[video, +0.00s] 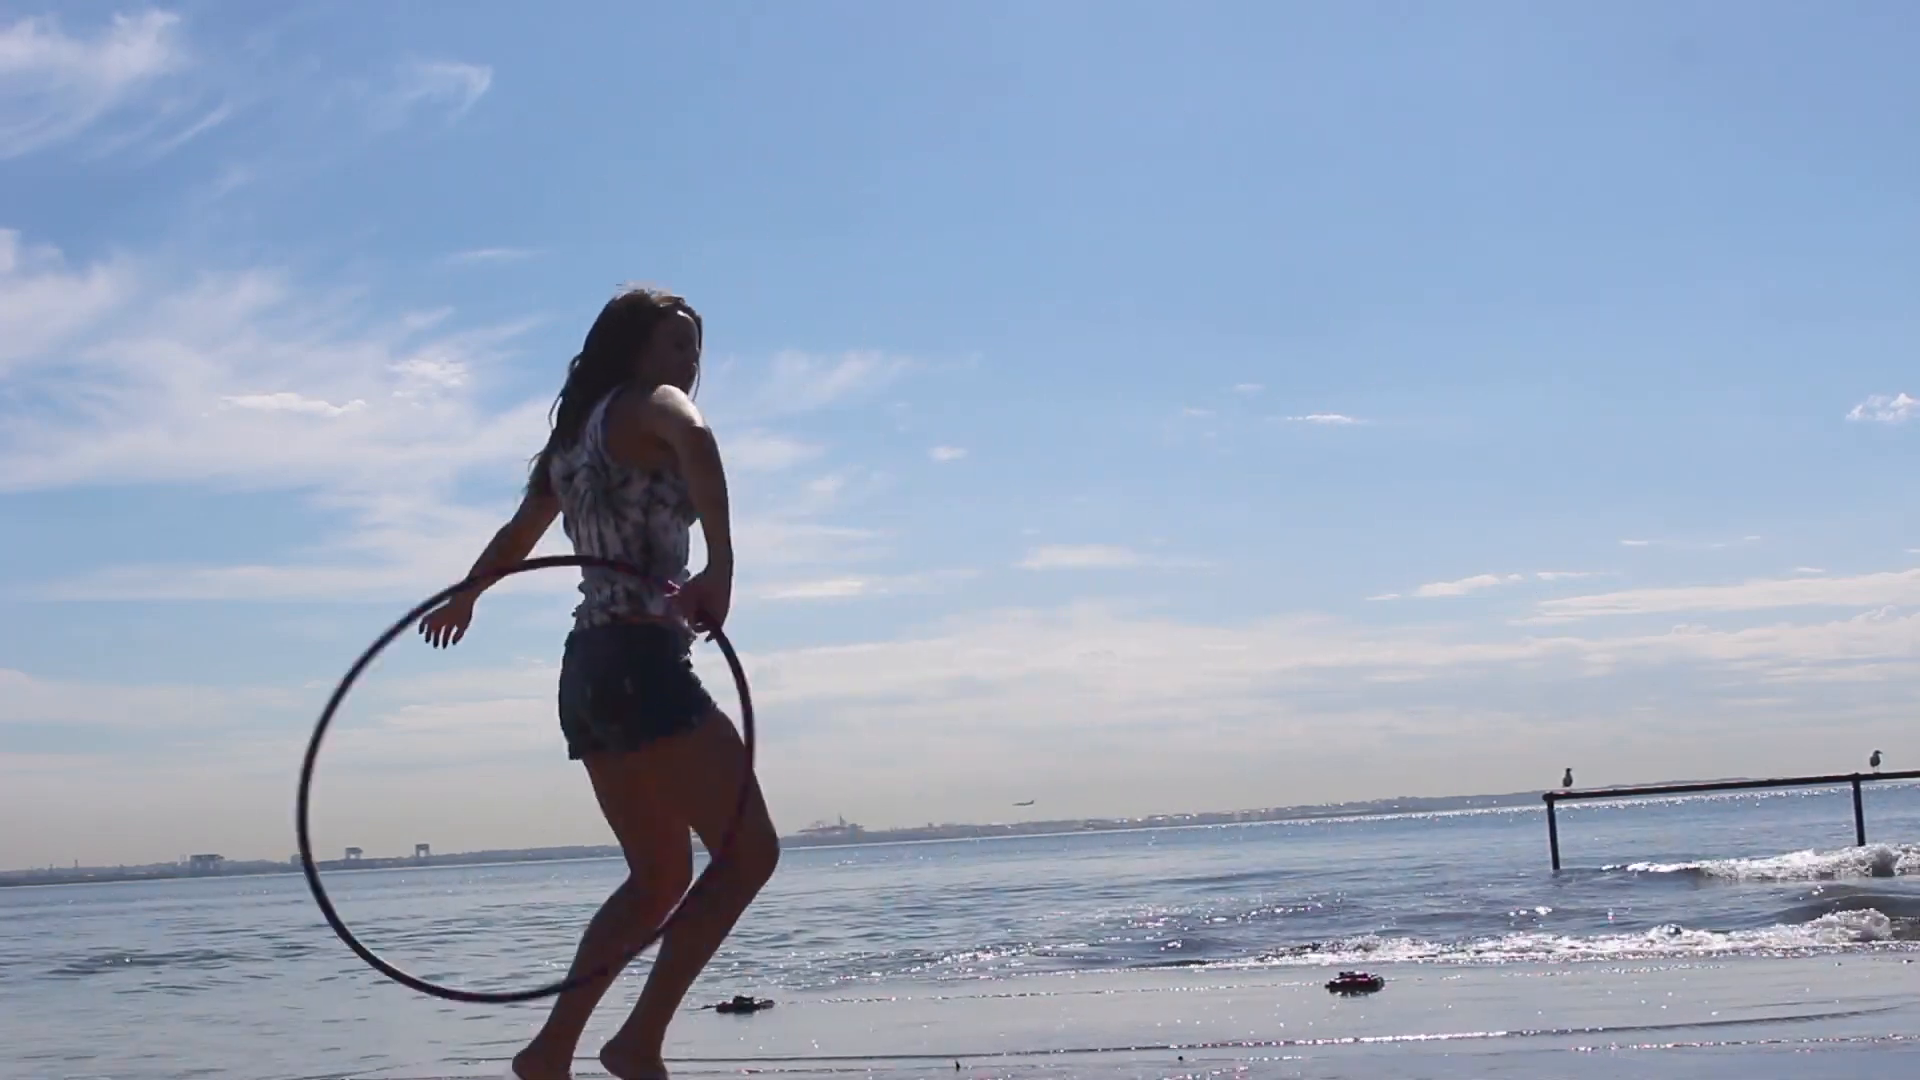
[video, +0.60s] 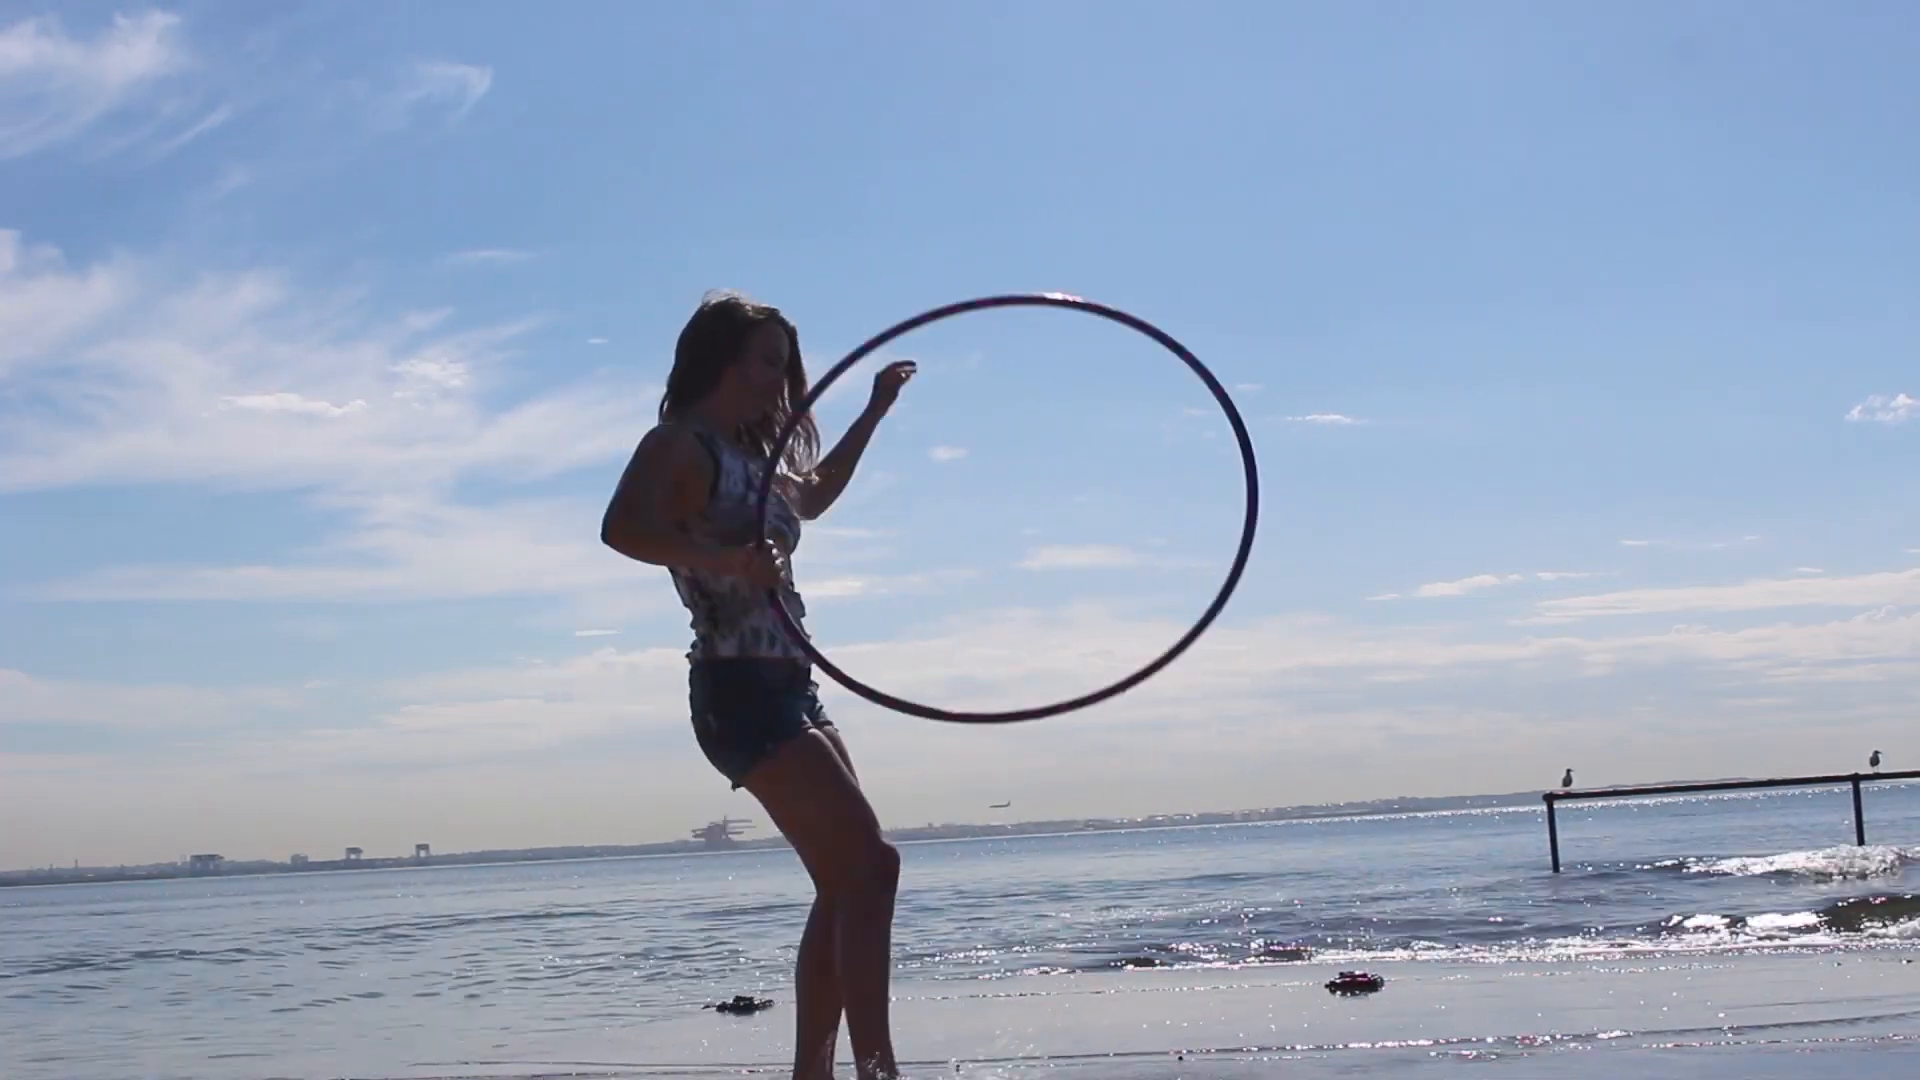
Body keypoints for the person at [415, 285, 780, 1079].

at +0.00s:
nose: (694, 365)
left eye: (697, 351)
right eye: (687, 348)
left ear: (622, 351)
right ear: (648, 341)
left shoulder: (576, 431)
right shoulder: (657, 401)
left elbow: (524, 529)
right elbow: (696, 444)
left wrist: (470, 588)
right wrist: (719, 567)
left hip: (590, 668)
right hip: (644, 662)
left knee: (659, 880)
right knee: (751, 851)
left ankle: (550, 1050)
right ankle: (640, 1042)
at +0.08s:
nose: (692, 361)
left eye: (696, 349)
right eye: (686, 345)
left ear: (619, 353)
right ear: (644, 340)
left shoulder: (574, 431)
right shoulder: (660, 405)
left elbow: (502, 513)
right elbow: (685, 462)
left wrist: (420, 566)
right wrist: (649, 576)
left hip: (604, 663)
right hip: (647, 663)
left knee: (719, 849)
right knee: (662, 888)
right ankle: (566, 1067)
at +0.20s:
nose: (712, 389)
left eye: (713, 374)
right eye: (703, 373)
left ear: (642, 381)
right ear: (667, 378)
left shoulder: (587, 465)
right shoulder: (680, 442)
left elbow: (489, 539)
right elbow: (668, 501)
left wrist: (388, 598)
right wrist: (598, 584)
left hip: (607, 706)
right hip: (649, 705)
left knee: (752, 869)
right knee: (645, 906)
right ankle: (557, 1073)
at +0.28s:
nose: (731, 398)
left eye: (731, 383)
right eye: (722, 381)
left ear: (660, 389)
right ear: (681, 382)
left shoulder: (601, 472)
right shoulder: (695, 444)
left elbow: (512, 576)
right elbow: (677, 502)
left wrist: (426, 663)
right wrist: (608, 604)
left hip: (627, 708)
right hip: (661, 707)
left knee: (790, 855)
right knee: (649, 913)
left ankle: (882, 1049)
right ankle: (557, 1074)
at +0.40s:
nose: (747, 378)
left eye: (751, 365)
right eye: (737, 360)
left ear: (662, 367)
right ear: (691, 357)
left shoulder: (628, 461)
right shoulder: (685, 414)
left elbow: (621, 609)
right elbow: (694, 453)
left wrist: (619, 733)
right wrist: (740, 577)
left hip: (699, 683)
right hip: (692, 680)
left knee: (797, 874)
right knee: (696, 897)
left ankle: (801, 1071)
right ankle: (569, 1066)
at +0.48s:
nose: (760, 381)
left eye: (763, 366)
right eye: (751, 361)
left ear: (722, 369)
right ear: (710, 355)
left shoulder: (706, 449)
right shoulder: (668, 418)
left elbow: (715, 595)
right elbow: (678, 438)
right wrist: (772, 524)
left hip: (750, 681)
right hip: (707, 681)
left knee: (820, 872)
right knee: (782, 887)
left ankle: (805, 1067)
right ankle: (630, 1042)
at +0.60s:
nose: (781, 379)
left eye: (785, 366)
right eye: (770, 363)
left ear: (774, 371)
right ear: (724, 362)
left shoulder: (756, 450)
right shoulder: (678, 441)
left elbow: (814, 495)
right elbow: (623, 527)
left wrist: (874, 412)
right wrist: (723, 559)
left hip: (786, 685)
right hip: (744, 690)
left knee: (843, 880)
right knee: (870, 867)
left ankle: (811, 1070)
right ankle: (878, 1066)